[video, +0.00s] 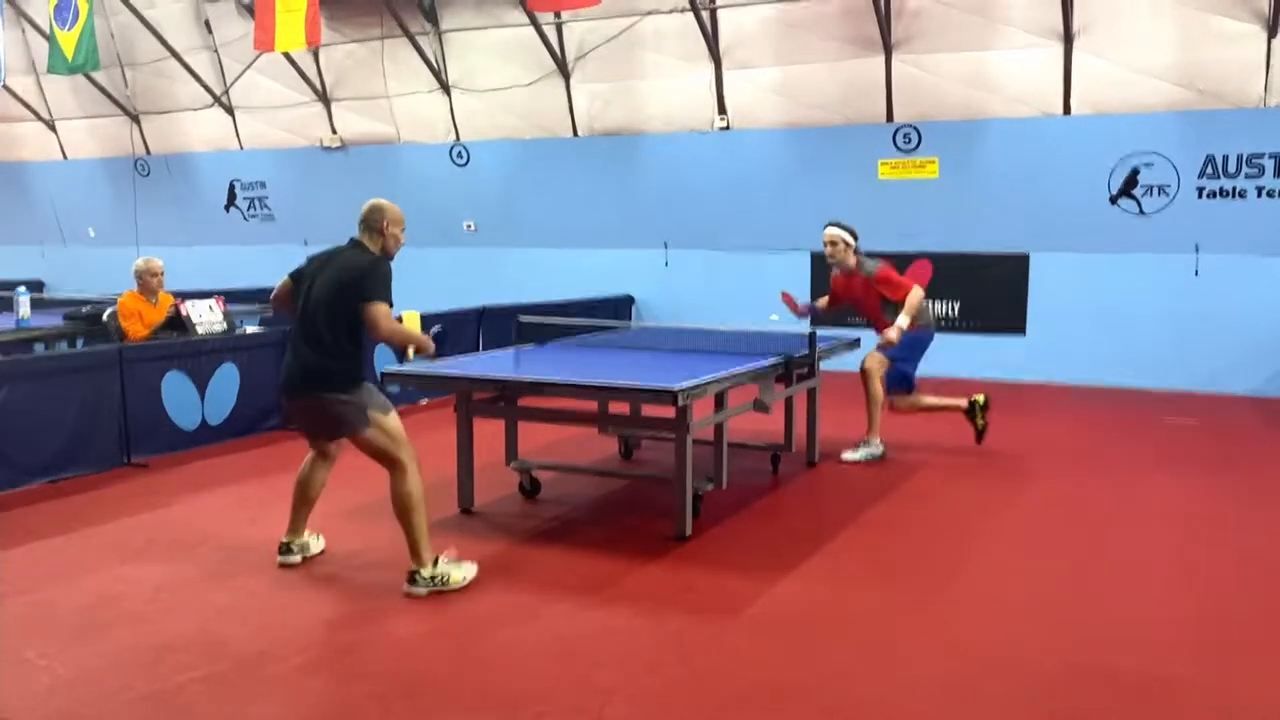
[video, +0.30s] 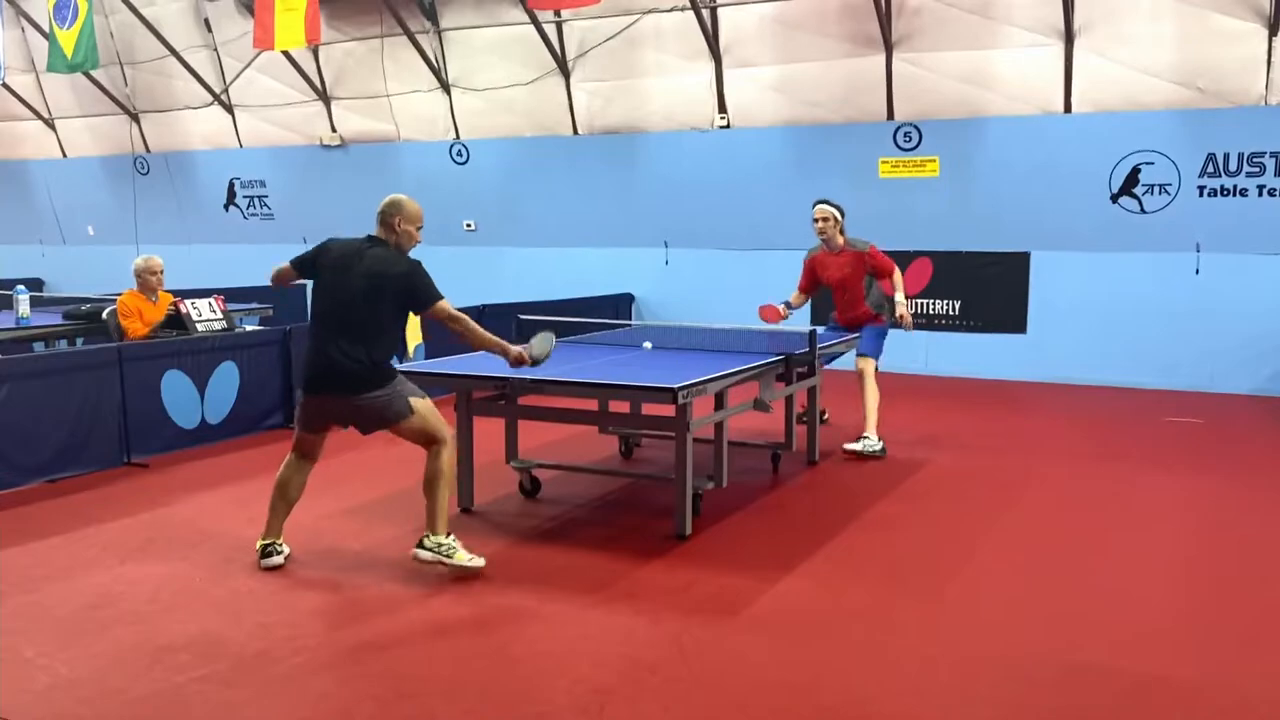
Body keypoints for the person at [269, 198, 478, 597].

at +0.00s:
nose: (402, 240)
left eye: (402, 232)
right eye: (400, 232)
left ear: (364, 229)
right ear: (383, 231)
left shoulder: (324, 258)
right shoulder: (374, 266)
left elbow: (280, 298)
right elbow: (382, 326)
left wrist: (320, 319)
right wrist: (417, 339)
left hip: (297, 381)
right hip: (339, 385)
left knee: (324, 450)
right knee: (402, 460)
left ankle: (293, 540)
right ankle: (425, 567)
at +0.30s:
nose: (419, 238)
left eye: (420, 230)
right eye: (416, 230)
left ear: (381, 224)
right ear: (396, 226)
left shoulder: (331, 250)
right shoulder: (405, 269)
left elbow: (279, 276)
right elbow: (452, 320)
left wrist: (291, 273)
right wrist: (506, 349)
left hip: (318, 380)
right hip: (371, 380)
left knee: (301, 455)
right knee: (442, 439)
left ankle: (269, 542)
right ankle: (436, 537)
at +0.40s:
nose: (444, 229)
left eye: (445, 221)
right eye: (441, 221)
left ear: (409, 217)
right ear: (419, 217)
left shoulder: (357, 241)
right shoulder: (433, 262)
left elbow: (301, 262)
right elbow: (474, 318)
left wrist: (259, 268)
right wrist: (516, 355)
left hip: (332, 365)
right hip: (387, 369)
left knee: (306, 445)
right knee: (443, 442)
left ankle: (269, 533)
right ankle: (481, 533)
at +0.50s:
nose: (470, 238)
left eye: (469, 230)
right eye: (466, 230)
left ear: (431, 229)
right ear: (447, 231)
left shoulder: (385, 249)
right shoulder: (460, 275)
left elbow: (329, 266)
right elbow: (513, 316)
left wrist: (267, 273)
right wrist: (566, 338)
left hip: (350, 364)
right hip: (405, 372)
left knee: (312, 443)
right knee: (460, 447)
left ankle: (273, 533)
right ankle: (498, 531)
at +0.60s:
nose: (487, 256)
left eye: (486, 248)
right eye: (483, 248)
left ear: (452, 244)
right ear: (464, 248)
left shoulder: (404, 266)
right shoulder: (480, 290)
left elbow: (357, 281)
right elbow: (537, 314)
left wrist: (295, 289)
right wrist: (590, 319)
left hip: (372, 382)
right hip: (430, 391)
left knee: (320, 449)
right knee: (480, 442)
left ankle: (277, 536)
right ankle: (501, 529)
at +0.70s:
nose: (485, 257)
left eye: (484, 249)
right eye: (482, 249)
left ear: (450, 246)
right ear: (465, 250)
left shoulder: (404, 271)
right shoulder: (480, 293)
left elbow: (357, 292)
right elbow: (533, 319)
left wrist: (297, 311)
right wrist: (587, 324)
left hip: (374, 387)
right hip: (432, 397)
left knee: (325, 452)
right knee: (483, 441)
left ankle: (284, 540)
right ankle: (501, 526)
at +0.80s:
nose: (463, 249)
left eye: (462, 243)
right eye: (461, 243)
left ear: (425, 245)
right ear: (445, 245)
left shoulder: (384, 273)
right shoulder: (461, 290)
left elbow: (329, 299)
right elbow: (506, 328)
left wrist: (287, 317)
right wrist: (557, 330)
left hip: (368, 392)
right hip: (427, 399)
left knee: (319, 456)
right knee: (478, 442)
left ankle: (288, 541)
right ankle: (500, 530)